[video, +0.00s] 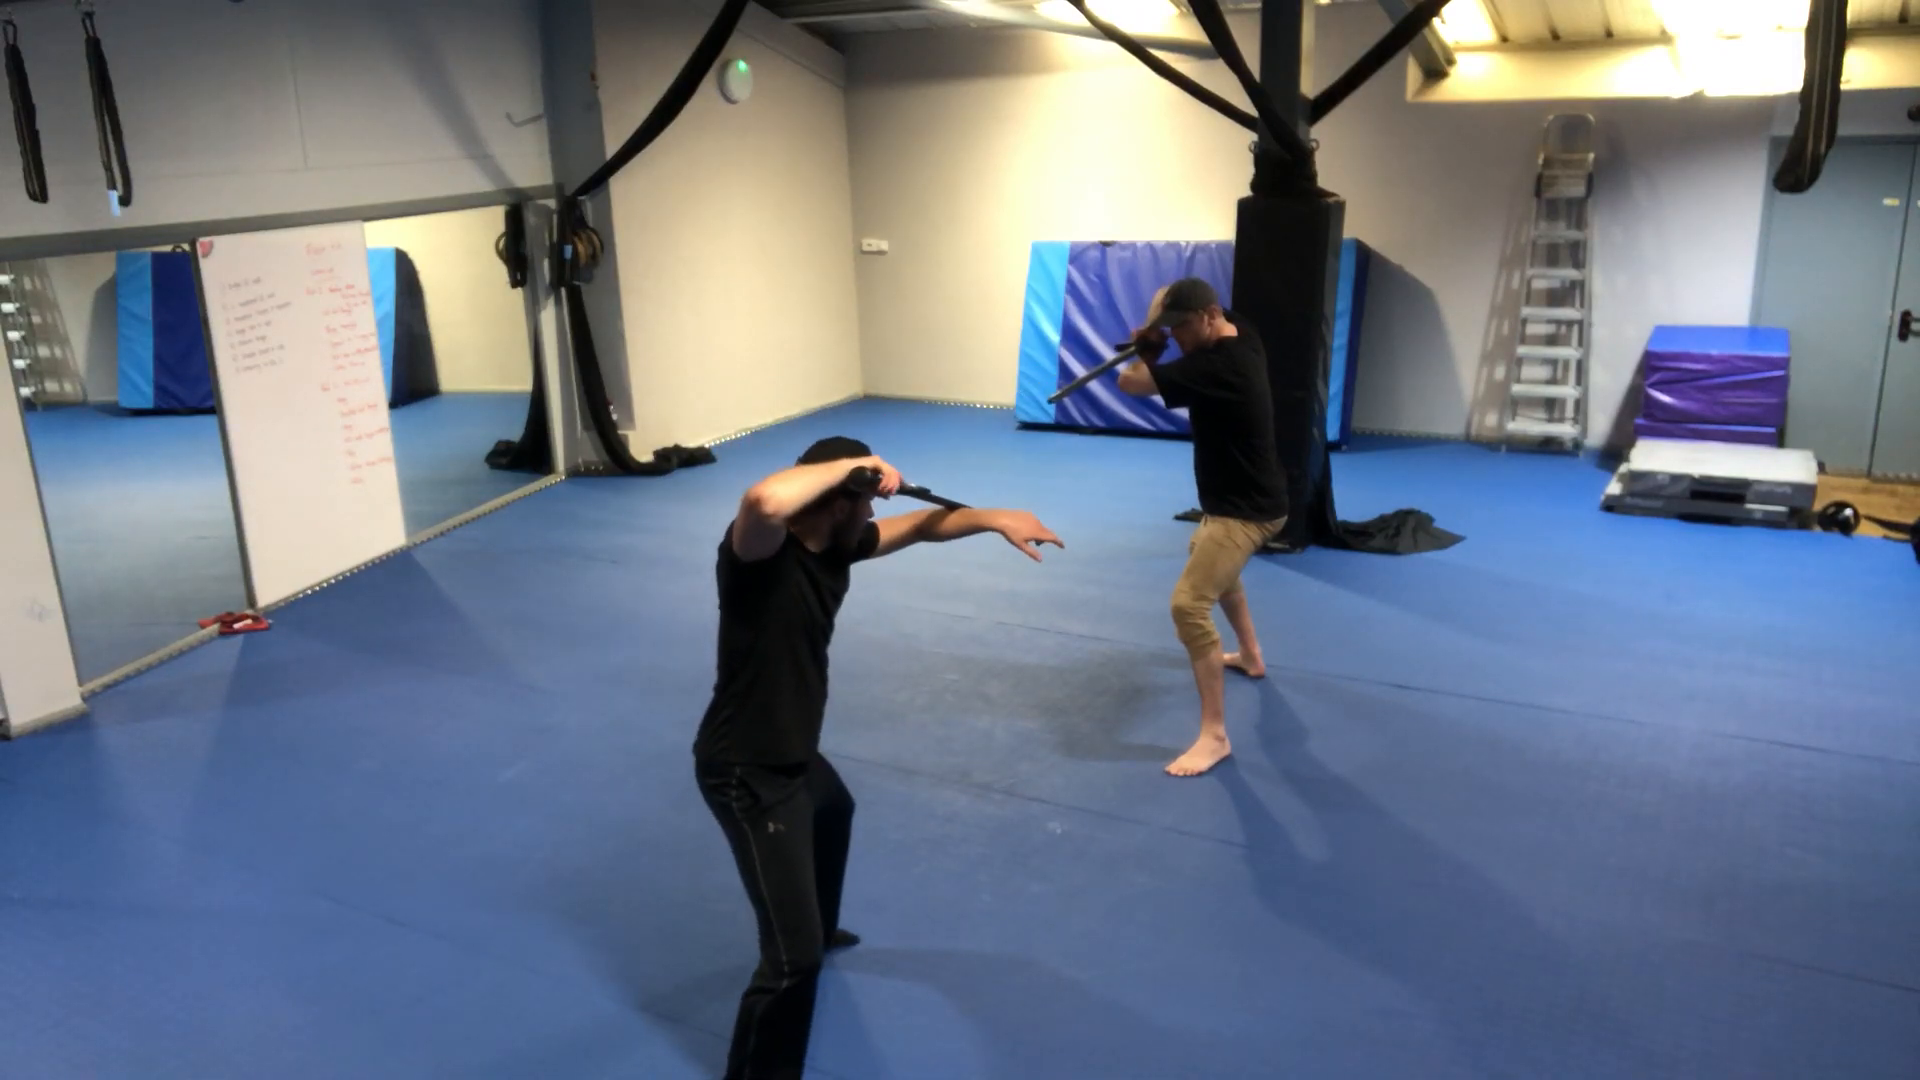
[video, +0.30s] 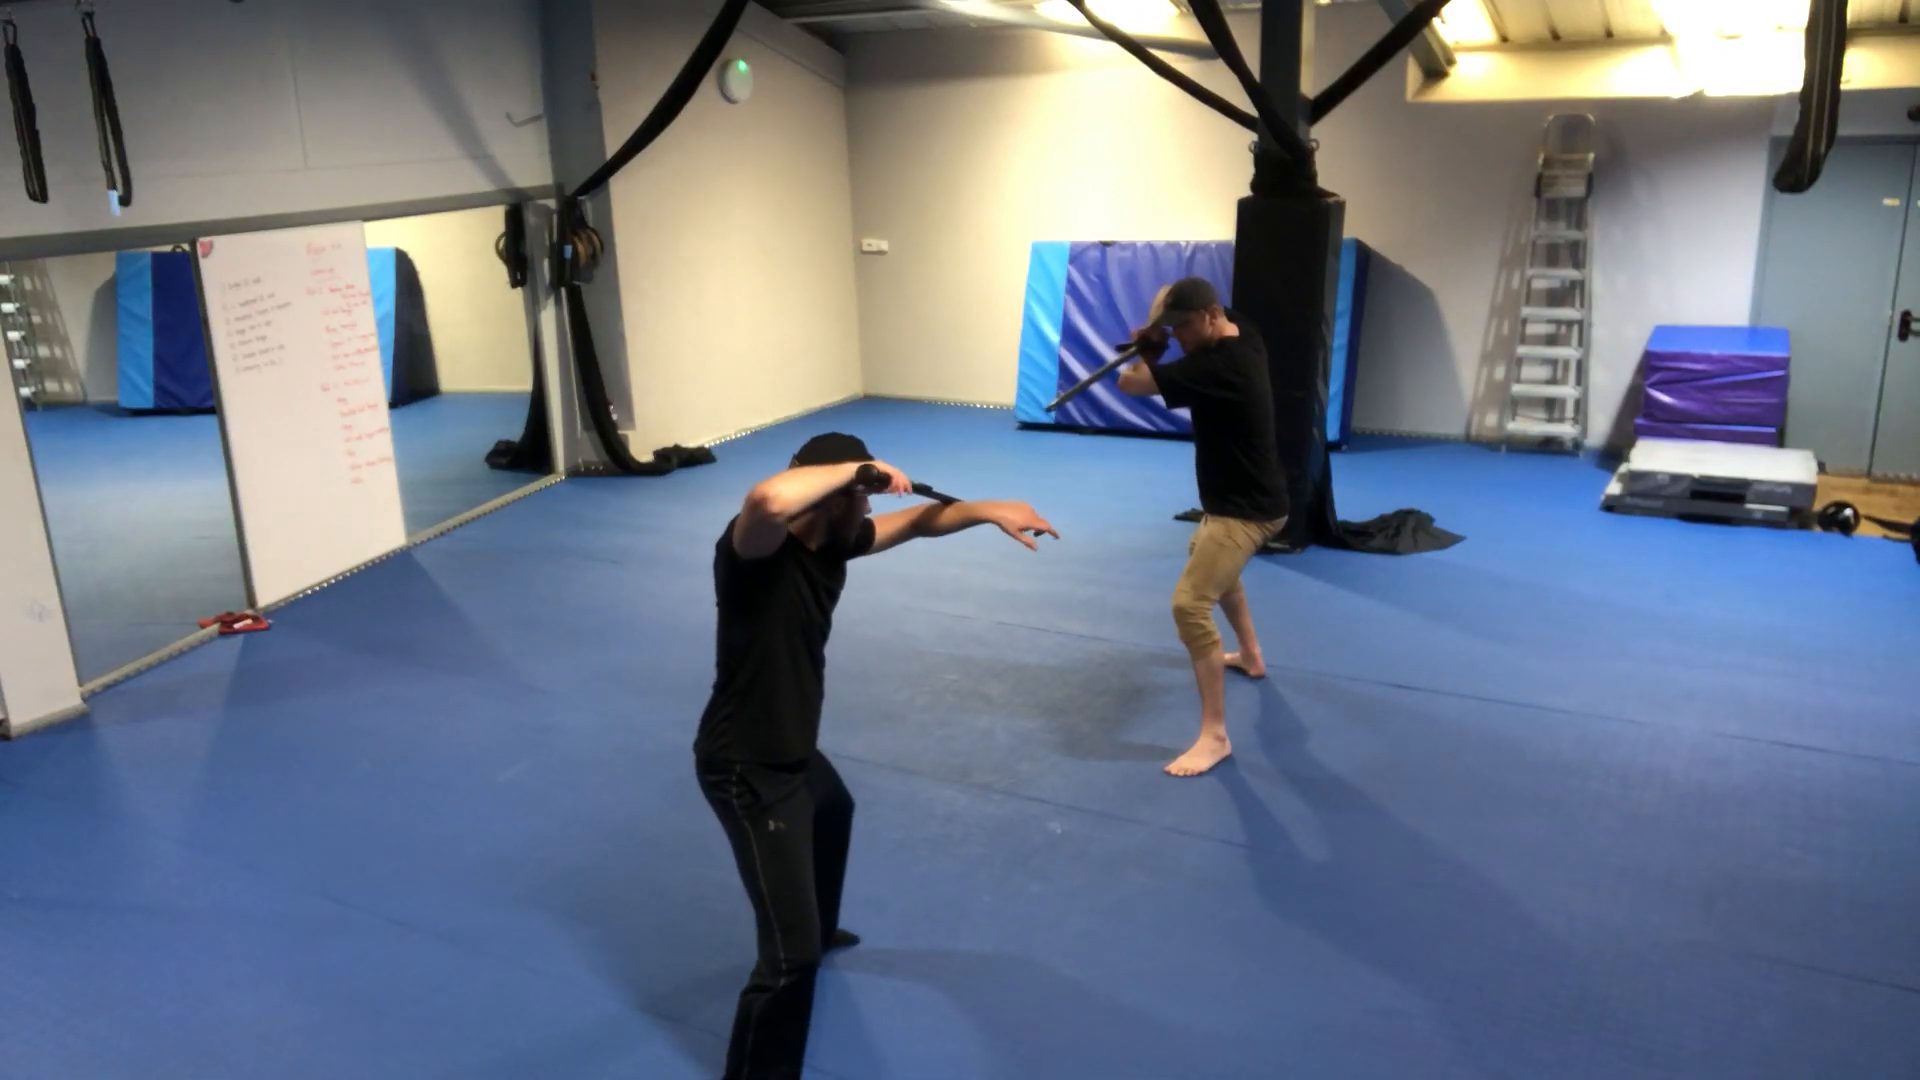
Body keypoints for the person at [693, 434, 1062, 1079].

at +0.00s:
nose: (871, 517)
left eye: (871, 503)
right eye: (863, 503)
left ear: (838, 505)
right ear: (830, 500)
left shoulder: (835, 550)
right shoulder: (758, 553)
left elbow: (921, 524)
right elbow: (763, 499)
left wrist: (996, 517)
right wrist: (847, 468)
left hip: (793, 755)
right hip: (744, 768)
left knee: (834, 811)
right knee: (793, 955)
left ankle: (815, 928)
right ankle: (756, 1075)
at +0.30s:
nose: (868, 517)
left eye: (868, 504)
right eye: (859, 504)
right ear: (824, 502)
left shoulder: (833, 546)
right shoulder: (754, 550)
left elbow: (918, 520)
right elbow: (767, 498)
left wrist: (989, 508)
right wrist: (855, 472)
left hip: (794, 753)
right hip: (744, 765)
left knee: (833, 810)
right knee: (792, 953)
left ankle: (814, 928)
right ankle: (755, 1075)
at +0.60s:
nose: (866, 514)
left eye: (867, 500)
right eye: (858, 500)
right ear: (823, 498)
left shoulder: (831, 542)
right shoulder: (750, 548)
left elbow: (916, 514)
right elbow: (767, 491)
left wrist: (986, 503)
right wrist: (858, 466)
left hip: (793, 748)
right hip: (744, 762)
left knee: (834, 809)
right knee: (782, 949)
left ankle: (813, 930)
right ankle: (751, 1074)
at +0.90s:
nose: (857, 508)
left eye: (860, 497)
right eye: (849, 497)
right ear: (817, 491)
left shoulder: (830, 538)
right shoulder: (745, 543)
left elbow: (915, 512)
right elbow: (759, 487)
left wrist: (987, 506)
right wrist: (849, 473)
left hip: (793, 748)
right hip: (744, 759)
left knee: (831, 813)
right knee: (779, 949)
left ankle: (811, 931)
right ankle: (751, 1074)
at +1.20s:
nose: (872, 498)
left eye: (874, 486)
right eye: (865, 485)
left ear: (864, 492)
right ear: (835, 484)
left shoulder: (846, 538)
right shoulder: (758, 543)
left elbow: (916, 535)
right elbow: (783, 491)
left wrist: (976, 526)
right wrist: (887, 465)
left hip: (816, 751)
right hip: (769, 761)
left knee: (847, 832)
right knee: (795, 959)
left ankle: (818, 934)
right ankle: (756, 1076)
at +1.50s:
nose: (885, 472)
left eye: (867, 467)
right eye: (880, 464)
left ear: (816, 477)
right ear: (872, 474)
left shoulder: (794, 535)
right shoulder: (888, 513)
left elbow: (865, 500)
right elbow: (979, 417)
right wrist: (979, 341)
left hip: (847, 742)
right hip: (910, 743)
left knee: (892, 838)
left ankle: (890, 987)